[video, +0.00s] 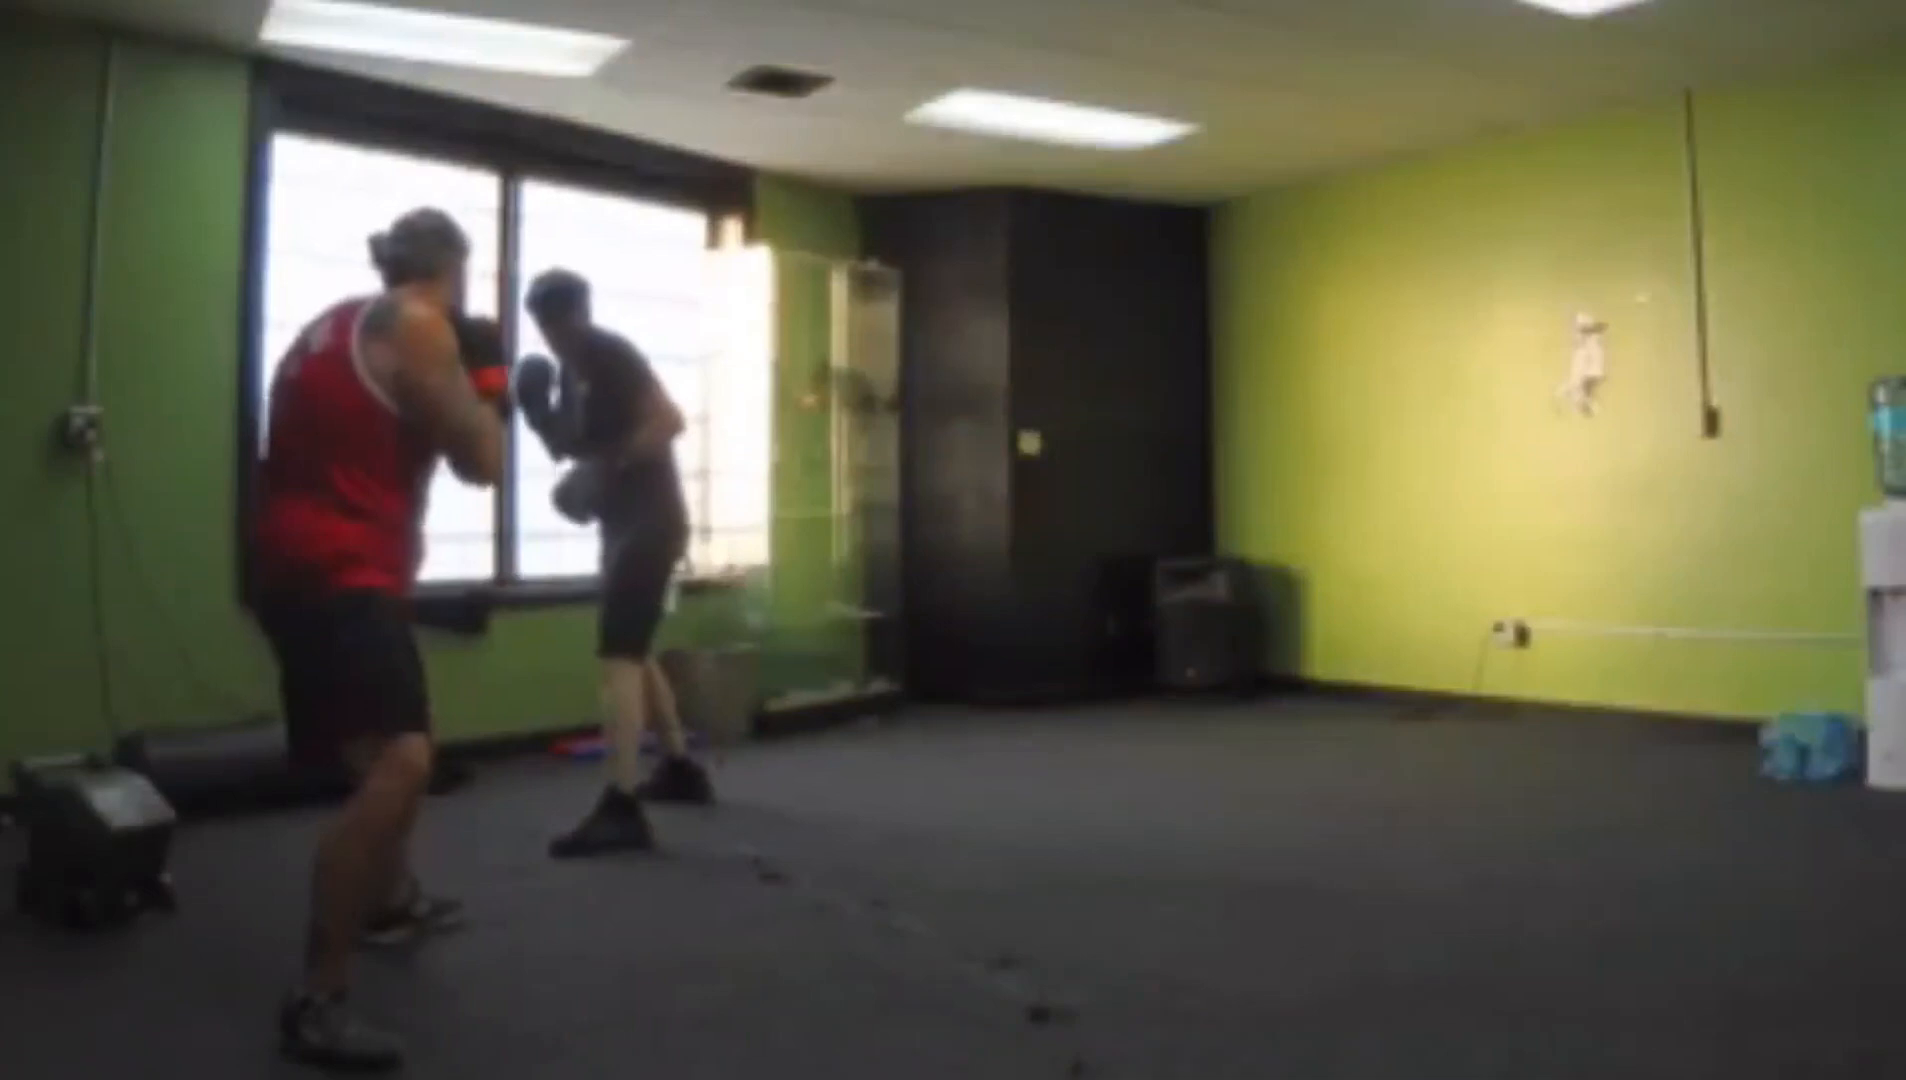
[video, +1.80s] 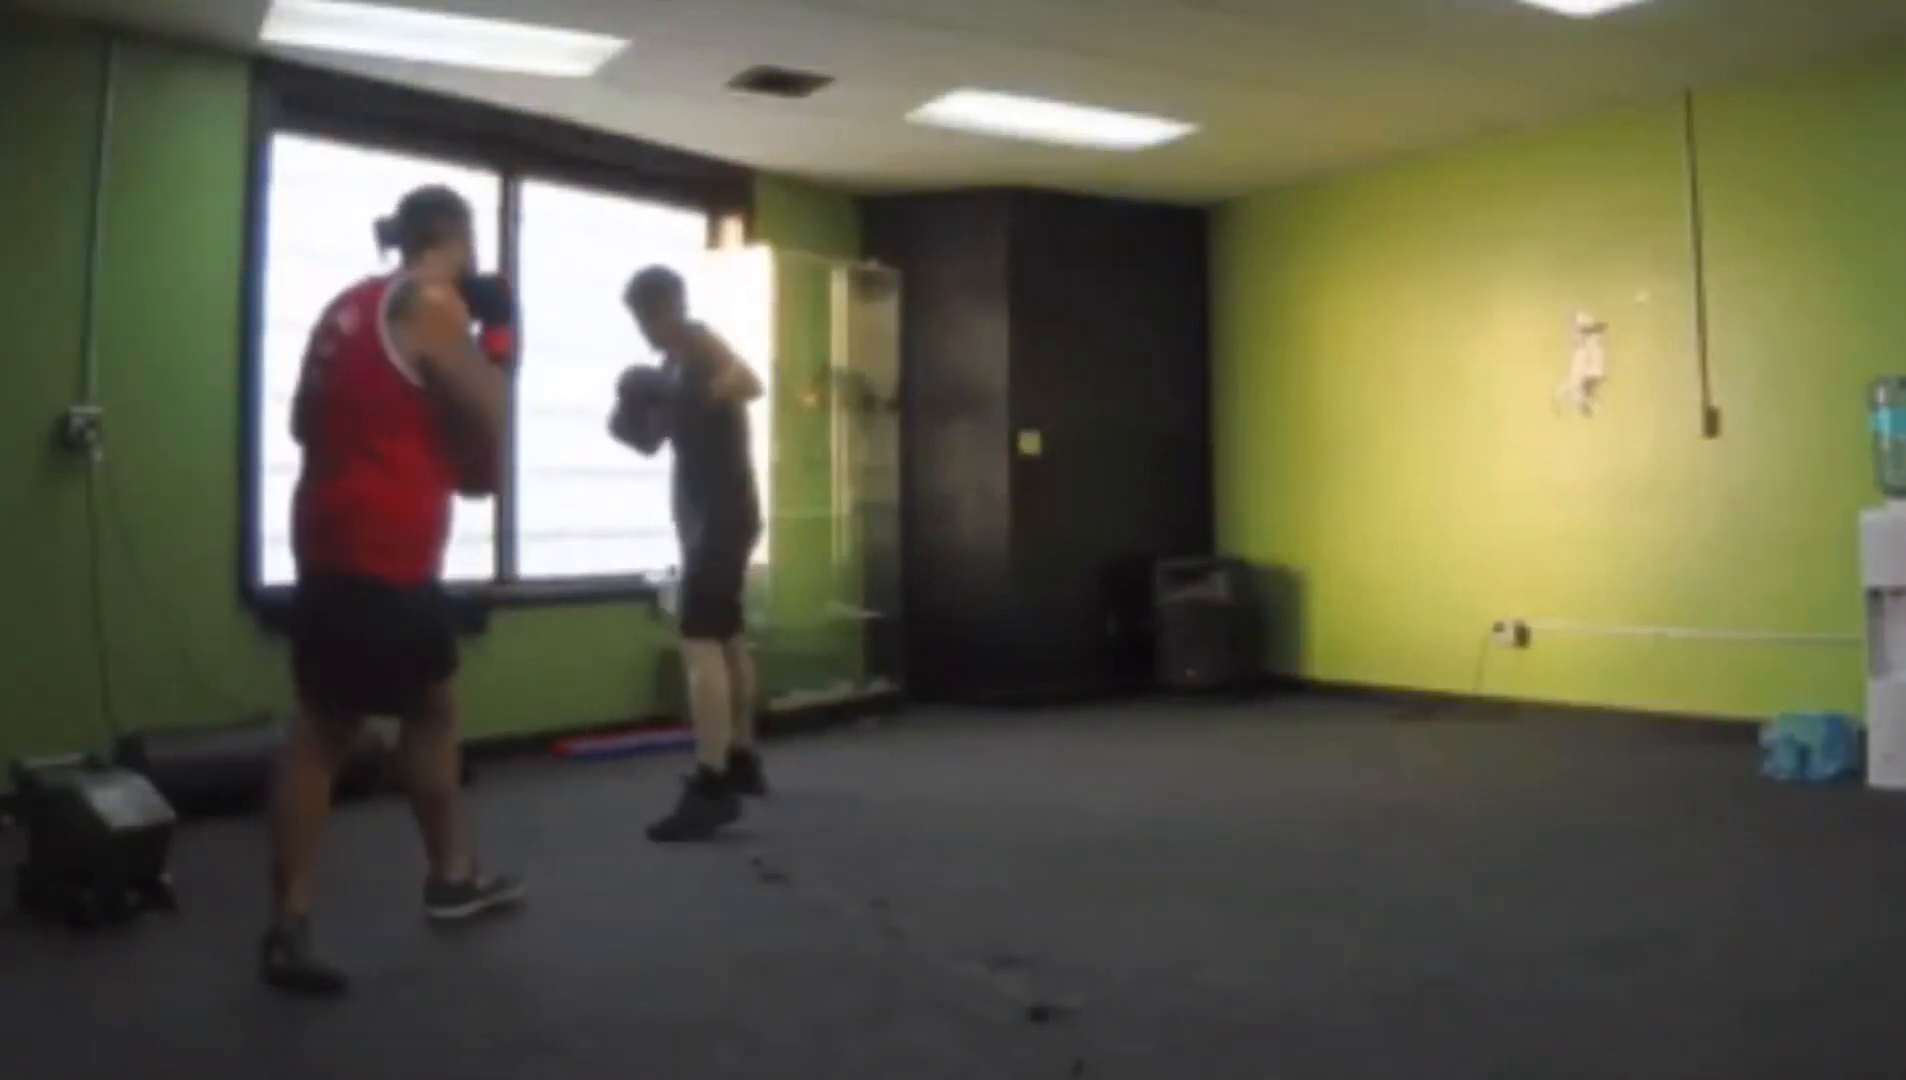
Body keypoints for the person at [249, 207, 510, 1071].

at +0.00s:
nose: (464, 292)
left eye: (462, 280)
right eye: (463, 278)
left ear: (389, 267)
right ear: (445, 272)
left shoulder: (331, 325)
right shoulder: (414, 323)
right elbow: (484, 459)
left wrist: (448, 382)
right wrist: (481, 379)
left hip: (291, 570)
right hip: (349, 574)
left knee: (381, 746)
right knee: (400, 758)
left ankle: (388, 900)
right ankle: (321, 1001)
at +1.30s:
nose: (489, 284)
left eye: (492, 273)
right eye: (488, 270)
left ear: (430, 249)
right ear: (464, 259)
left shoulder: (404, 321)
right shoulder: (393, 305)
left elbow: (403, 434)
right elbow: (450, 415)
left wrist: (460, 471)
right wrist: (500, 352)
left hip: (386, 549)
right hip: (348, 546)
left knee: (410, 711)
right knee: (330, 728)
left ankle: (433, 863)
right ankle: (295, 922)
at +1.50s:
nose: (460, 271)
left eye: (461, 258)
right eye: (459, 256)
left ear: (396, 237)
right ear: (438, 245)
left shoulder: (335, 304)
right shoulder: (384, 308)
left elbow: (288, 406)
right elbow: (446, 421)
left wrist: (419, 469)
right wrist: (482, 347)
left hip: (306, 547)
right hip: (365, 553)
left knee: (298, 733)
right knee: (416, 691)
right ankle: (432, 849)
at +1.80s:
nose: (470, 263)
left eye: (467, 251)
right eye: (466, 250)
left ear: (402, 243)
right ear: (445, 244)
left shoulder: (346, 308)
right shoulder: (431, 307)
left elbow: (305, 421)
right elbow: (487, 408)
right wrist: (495, 339)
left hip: (326, 549)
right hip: (393, 554)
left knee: (315, 738)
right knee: (433, 713)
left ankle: (289, 924)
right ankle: (452, 876)